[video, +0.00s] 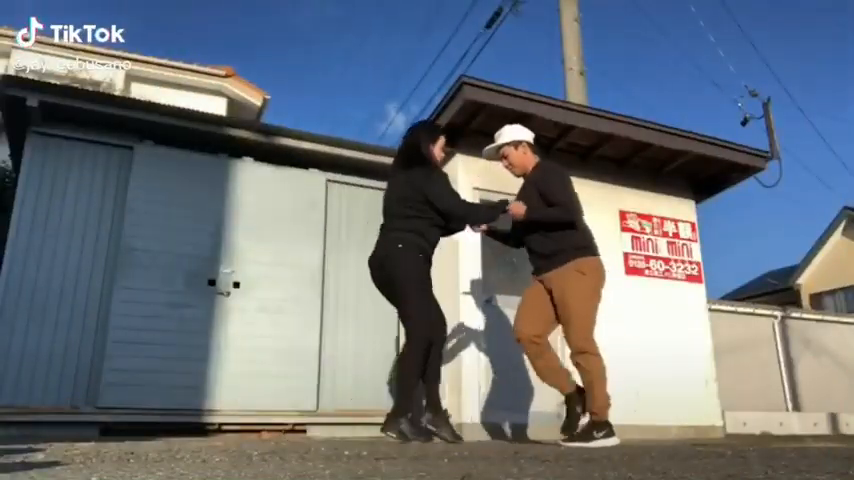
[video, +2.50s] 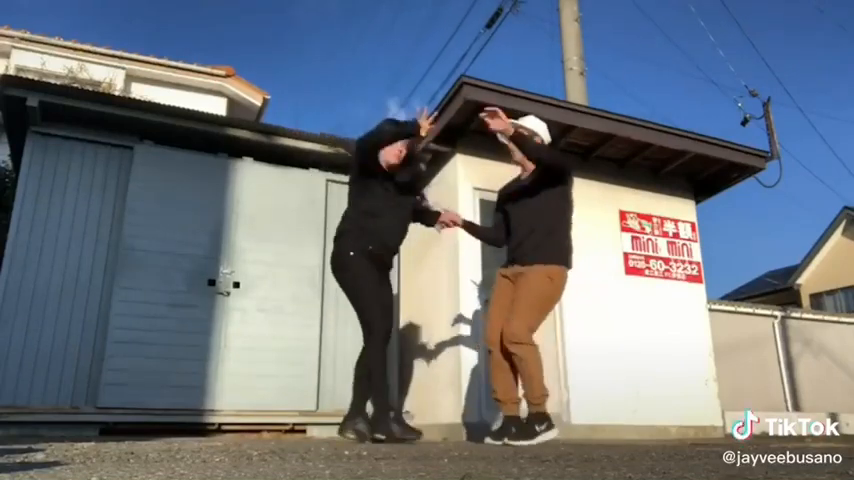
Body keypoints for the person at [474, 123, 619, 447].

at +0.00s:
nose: (504, 164)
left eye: (505, 156)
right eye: (501, 159)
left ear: (524, 148)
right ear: (517, 154)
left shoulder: (549, 173)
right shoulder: (526, 190)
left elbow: (570, 214)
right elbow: (520, 238)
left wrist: (528, 213)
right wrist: (490, 230)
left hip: (576, 268)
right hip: (547, 277)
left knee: (581, 344)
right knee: (528, 333)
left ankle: (601, 422)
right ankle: (572, 394)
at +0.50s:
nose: (465, 163)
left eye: (466, 155)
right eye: (462, 158)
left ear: (484, 147)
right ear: (486, 151)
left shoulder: (503, 174)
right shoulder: (508, 182)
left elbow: (493, 212)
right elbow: (486, 248)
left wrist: (453, 215)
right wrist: (446, 246)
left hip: (505, 272)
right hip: (522, 277)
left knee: (457, 325)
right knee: (491, 345)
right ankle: (500, 426)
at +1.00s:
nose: (446, 160)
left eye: (447, 152)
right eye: (443, 154)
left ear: (465, 145)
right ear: (459, 149)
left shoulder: (487, 172)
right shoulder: (469, 187)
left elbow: (487, 217)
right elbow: (452, 241)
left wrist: (441, 215)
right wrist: (417, 233)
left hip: (489, 273)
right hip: (468, 273)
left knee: (459, 344)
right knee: (440, 341)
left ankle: (426, 420)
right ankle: (484, 411)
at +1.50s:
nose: (482, 156)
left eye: (484, 148)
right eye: (479, 151)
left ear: (503, 141)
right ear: (495, 148)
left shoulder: (526, 171)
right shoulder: (502, 188)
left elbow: (534, 218)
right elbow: (505, 236)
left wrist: (487, 215)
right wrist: (468, 232)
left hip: (554, 265)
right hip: (523, 273)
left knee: (557, 342)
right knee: (500, 337)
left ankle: (568, 423)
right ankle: (512, 416)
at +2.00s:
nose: (517, 136)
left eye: (524, 132)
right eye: (518, 131)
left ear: (541, 139)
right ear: (527, 137)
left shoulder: (542, 159)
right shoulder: (527, 185)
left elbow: (502, 141)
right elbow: (529, 240)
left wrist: (458, 115)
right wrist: (502, 248)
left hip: (569, 266)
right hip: (564, 269)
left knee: (540, 340)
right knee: (581, 345)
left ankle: (544, 423)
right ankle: (640, 411)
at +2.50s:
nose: (512, 149)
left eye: (518, 142)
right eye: (510, 144)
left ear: (536, 144)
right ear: (512, 150)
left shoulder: (559, 174)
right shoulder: (508, 192)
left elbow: (545, 155)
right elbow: (499, 237)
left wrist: (511, 129)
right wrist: (462, 222)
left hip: (546, 269)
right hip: (511, 270)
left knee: (517, 334)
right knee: (495, 338)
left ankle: (540, 416)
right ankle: (511, 417)